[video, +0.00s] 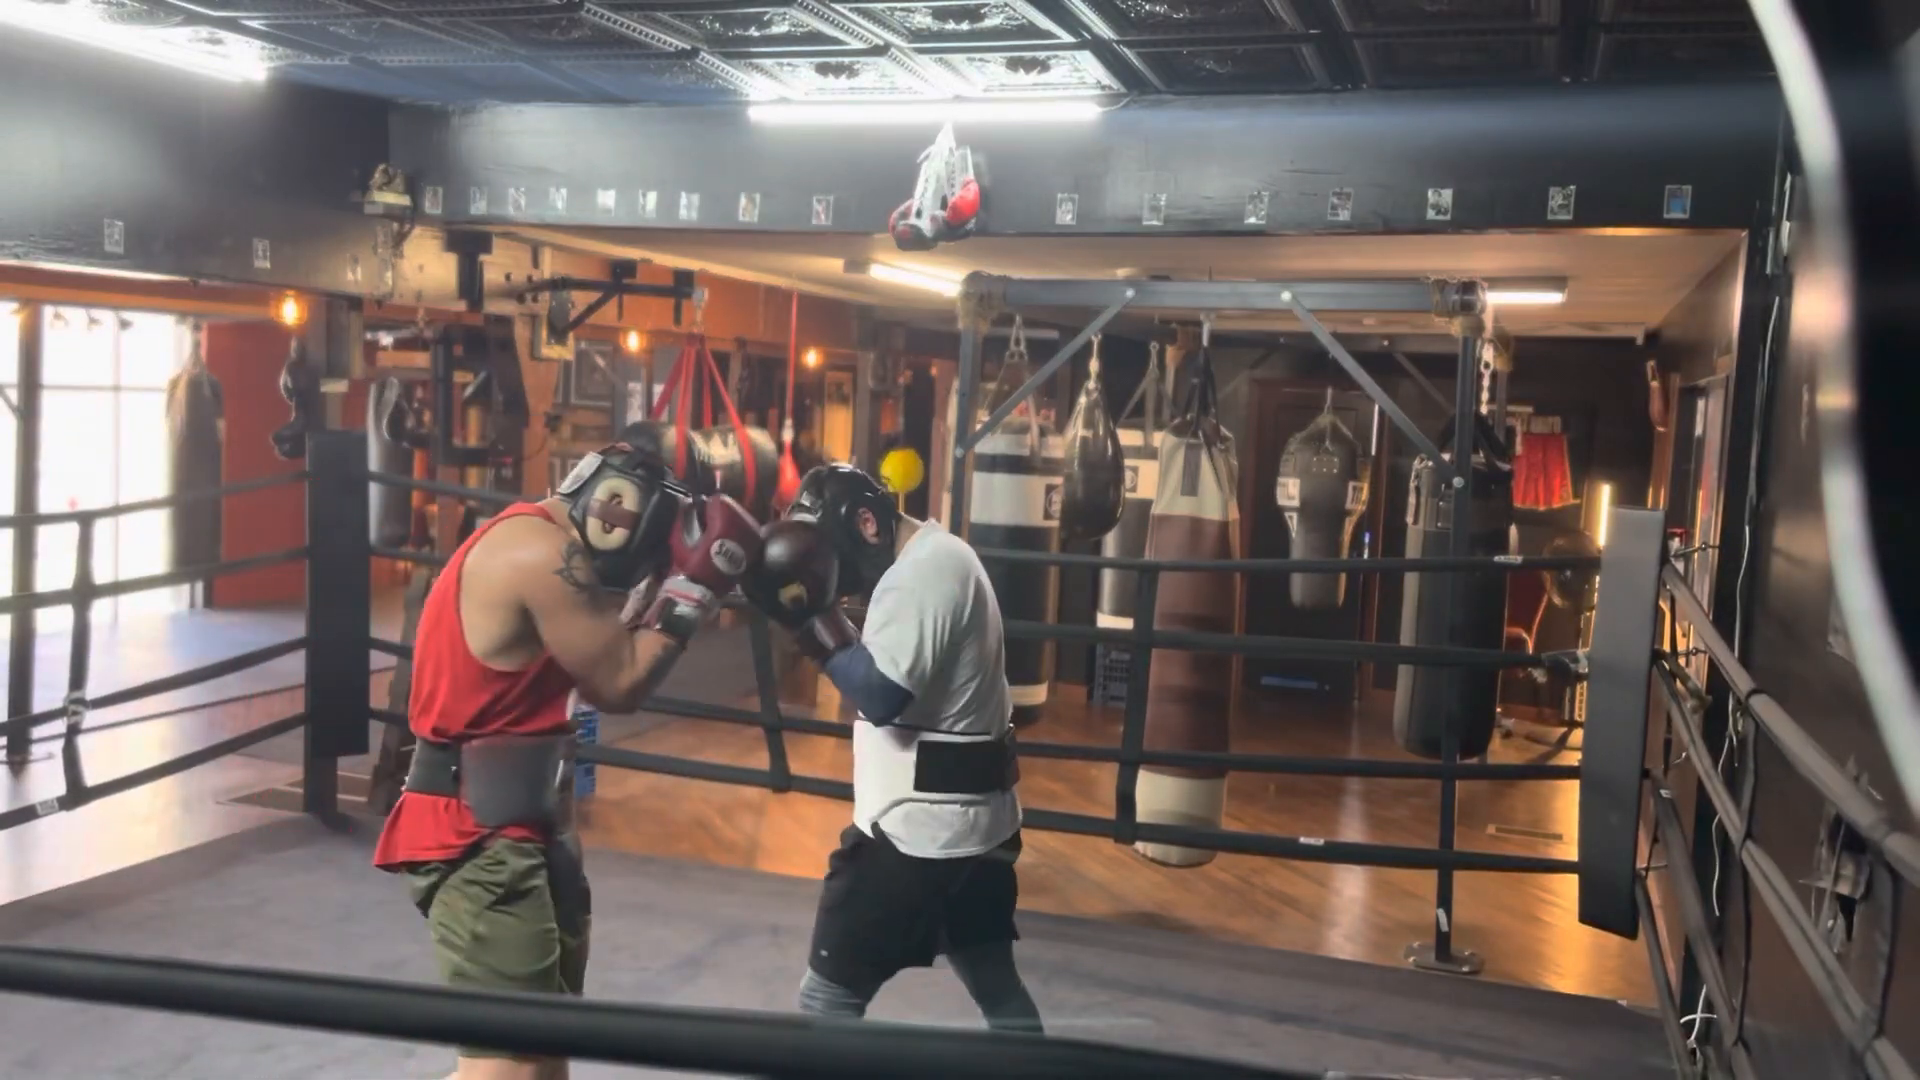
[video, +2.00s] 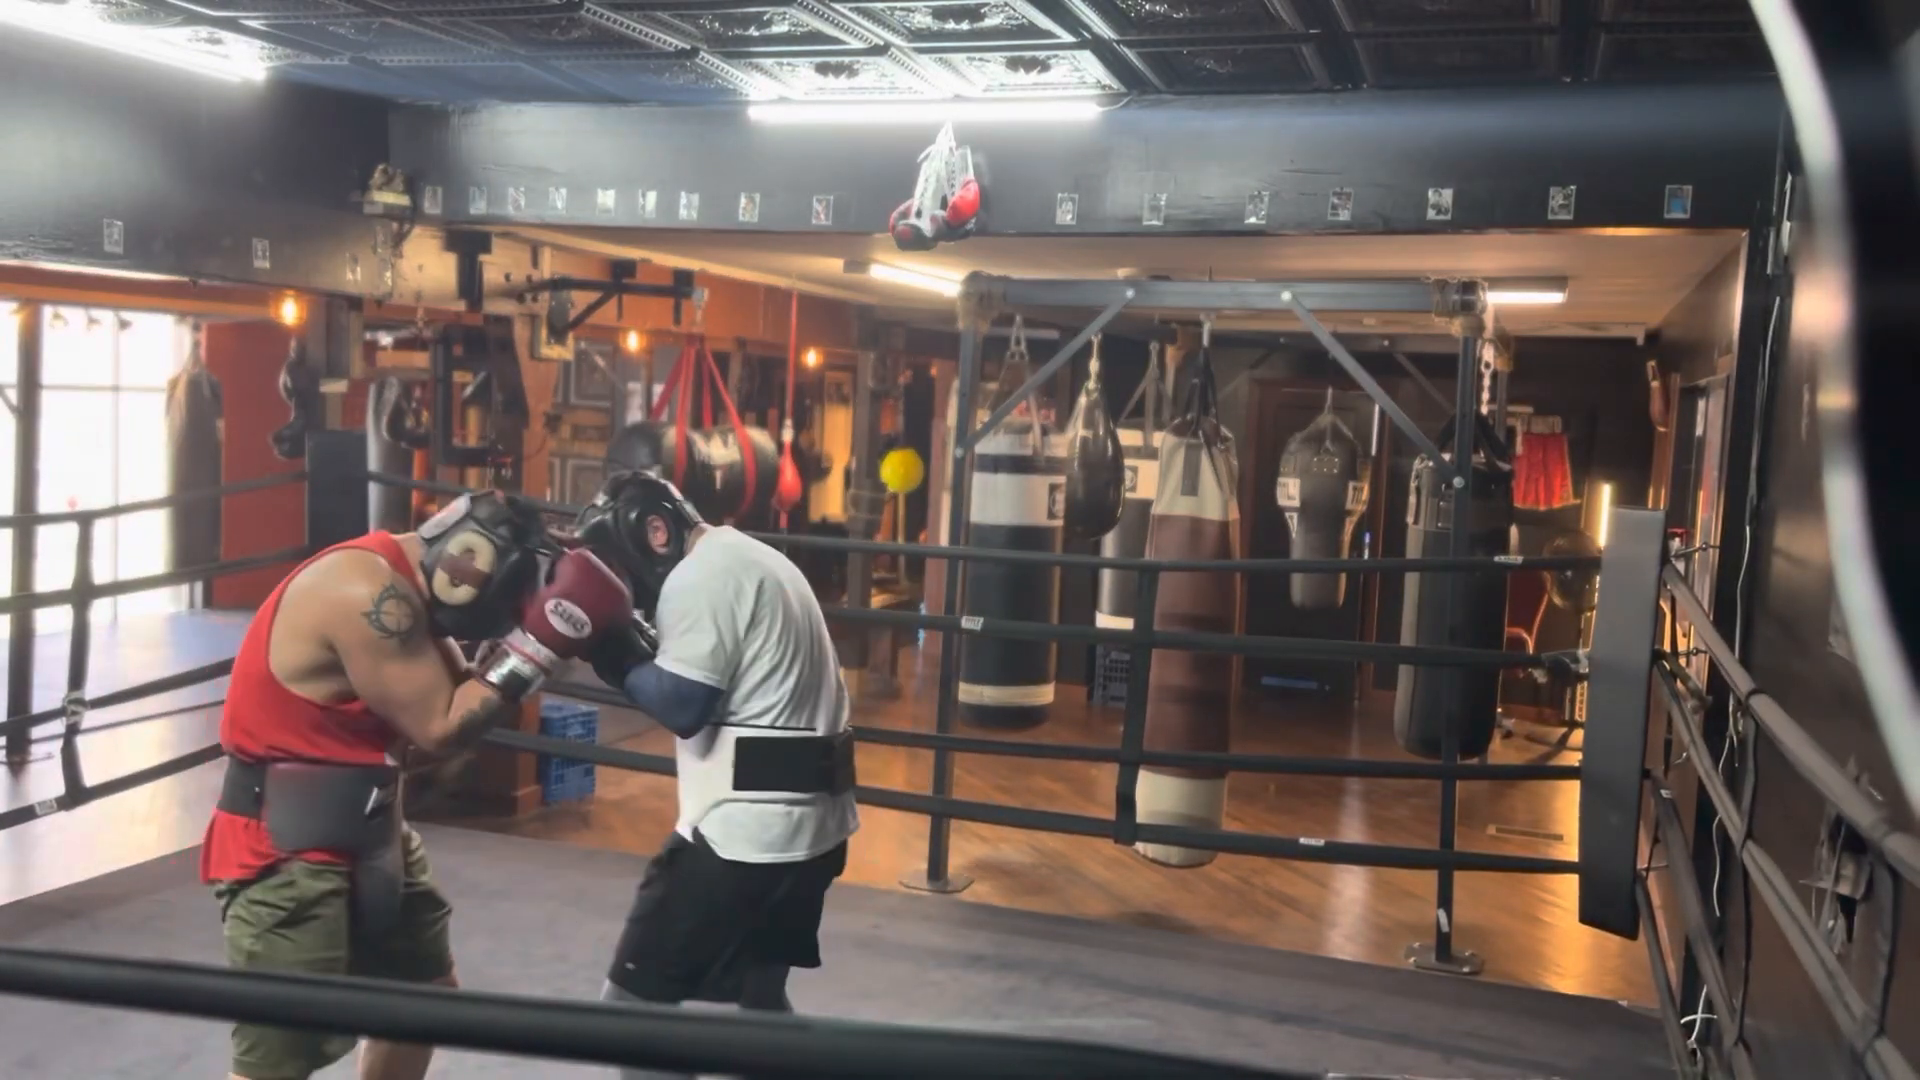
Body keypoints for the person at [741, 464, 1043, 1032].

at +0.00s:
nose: (837, 569)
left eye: (835, 551)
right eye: (828, 556)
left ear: (868, 524)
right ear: (874, 521)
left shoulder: (920, 577)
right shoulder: (948, 556)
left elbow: (881, 697)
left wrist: (811, 623)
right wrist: (828, 619)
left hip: (915, 835)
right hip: (982, 825)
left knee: (826, 1002)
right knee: (995, 984)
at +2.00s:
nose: (625, 560)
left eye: (624, 543)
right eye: (617, 547)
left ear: (657, 530)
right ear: (674, 525)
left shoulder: (705, 572)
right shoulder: (757, 559)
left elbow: (684, 705)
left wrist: (614, 644)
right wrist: (613, 639)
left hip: (743, 831)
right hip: (818, 827)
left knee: (631, 1006)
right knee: (755, 1001)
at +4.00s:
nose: (211, 533)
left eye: (214, 517)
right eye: (211, 517)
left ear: (240, 514)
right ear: (322, 498)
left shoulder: (212, 588)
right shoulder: (419, 567)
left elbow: (128, 702)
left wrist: (109, 618)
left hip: (276, 925)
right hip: (429, 911)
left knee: (212, 1065)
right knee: (467, 1066)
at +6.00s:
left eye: (133, 485)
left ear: (142, 488)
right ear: (227, 484)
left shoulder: (106, 545)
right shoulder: (296, 550)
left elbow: (31, 568)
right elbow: (318, 644)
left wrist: (77, 517)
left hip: (135, 823)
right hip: (265, 820)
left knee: (107, 996)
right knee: (307, 1012)